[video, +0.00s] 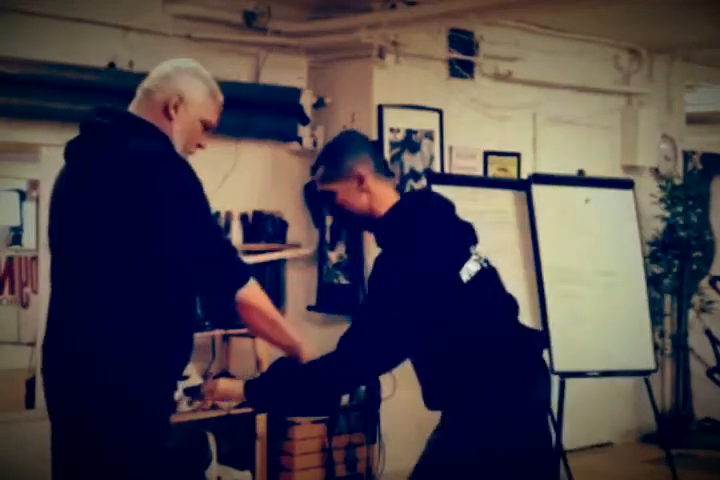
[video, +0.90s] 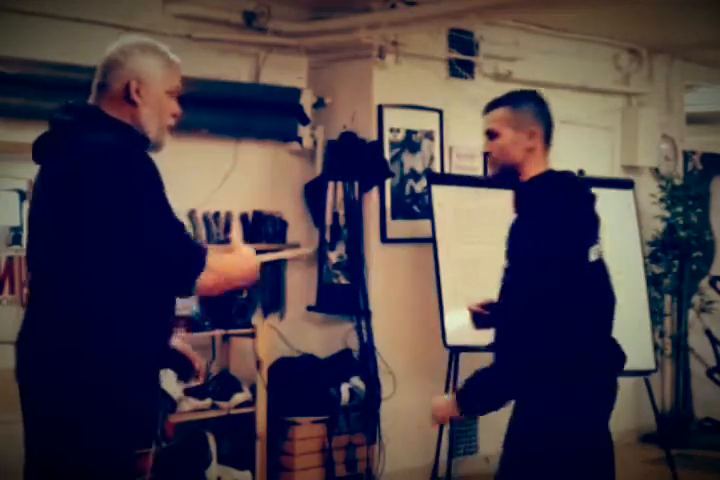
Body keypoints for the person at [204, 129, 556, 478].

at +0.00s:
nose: (336, 210)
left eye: (335, 197)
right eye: (331, 200)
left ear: (362, 179)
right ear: (366, 176)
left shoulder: (406, 251)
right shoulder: (431, 212)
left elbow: (355, 363)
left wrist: (251, 392)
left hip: (482, 406)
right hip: (518, 385)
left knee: (429, 472)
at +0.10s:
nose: (327, 215)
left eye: (325, 202)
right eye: (321, 205)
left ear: (349, 183)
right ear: (359, 179)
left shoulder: (401, 247)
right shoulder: (423, 213)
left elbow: (345, 368)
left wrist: (243, 387)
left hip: (483, 404)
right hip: (511, 383)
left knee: (423, 476)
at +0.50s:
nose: (352, 190)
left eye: (353, 177)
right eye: (348, 179)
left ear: (385, 165)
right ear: (387, 163)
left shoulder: (426, 238)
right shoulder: (449, 199)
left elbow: (372, 348)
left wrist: (271, 371)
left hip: (488, 395)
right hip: (522, 376)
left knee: (438, 472)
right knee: (529, 470)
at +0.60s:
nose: (378, 180)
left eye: (382, 167)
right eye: (375, 169)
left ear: (415, 156)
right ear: (418, 157)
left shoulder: (449, 230)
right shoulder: (474, 199)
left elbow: (392, 339)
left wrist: (296, 384)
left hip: (499, 396)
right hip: (533, 382)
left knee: (448, 472)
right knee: (546, 473)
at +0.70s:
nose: (410, 169)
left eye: (418, 156)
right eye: (408, 159)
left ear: (455, 151)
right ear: (456, 153)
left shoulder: (481, 221)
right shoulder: (508, 198)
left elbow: (425, 335)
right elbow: (552, 307)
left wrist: (342, 405)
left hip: (510, 398)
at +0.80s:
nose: (452, 158)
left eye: (460, 145)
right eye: (453, 147)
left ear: (497, 146)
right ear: (496, 147)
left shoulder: (514, 216)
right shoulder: (539, 202)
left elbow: (479, 345)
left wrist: (398, 412)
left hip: (539, 396)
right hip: (569, 385)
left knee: (498, 472)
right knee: (574, 473)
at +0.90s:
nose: (485, 148)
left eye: (493, 135)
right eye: (486, 137)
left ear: (531, 139)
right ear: (530, 141)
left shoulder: (543, 209)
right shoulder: (567, 197)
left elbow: (533, 347)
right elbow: (557, 295)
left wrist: (463, 402)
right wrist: (499, 311)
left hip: (554, 395)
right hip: (584, 382)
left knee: (525, 471)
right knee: (581, 470)